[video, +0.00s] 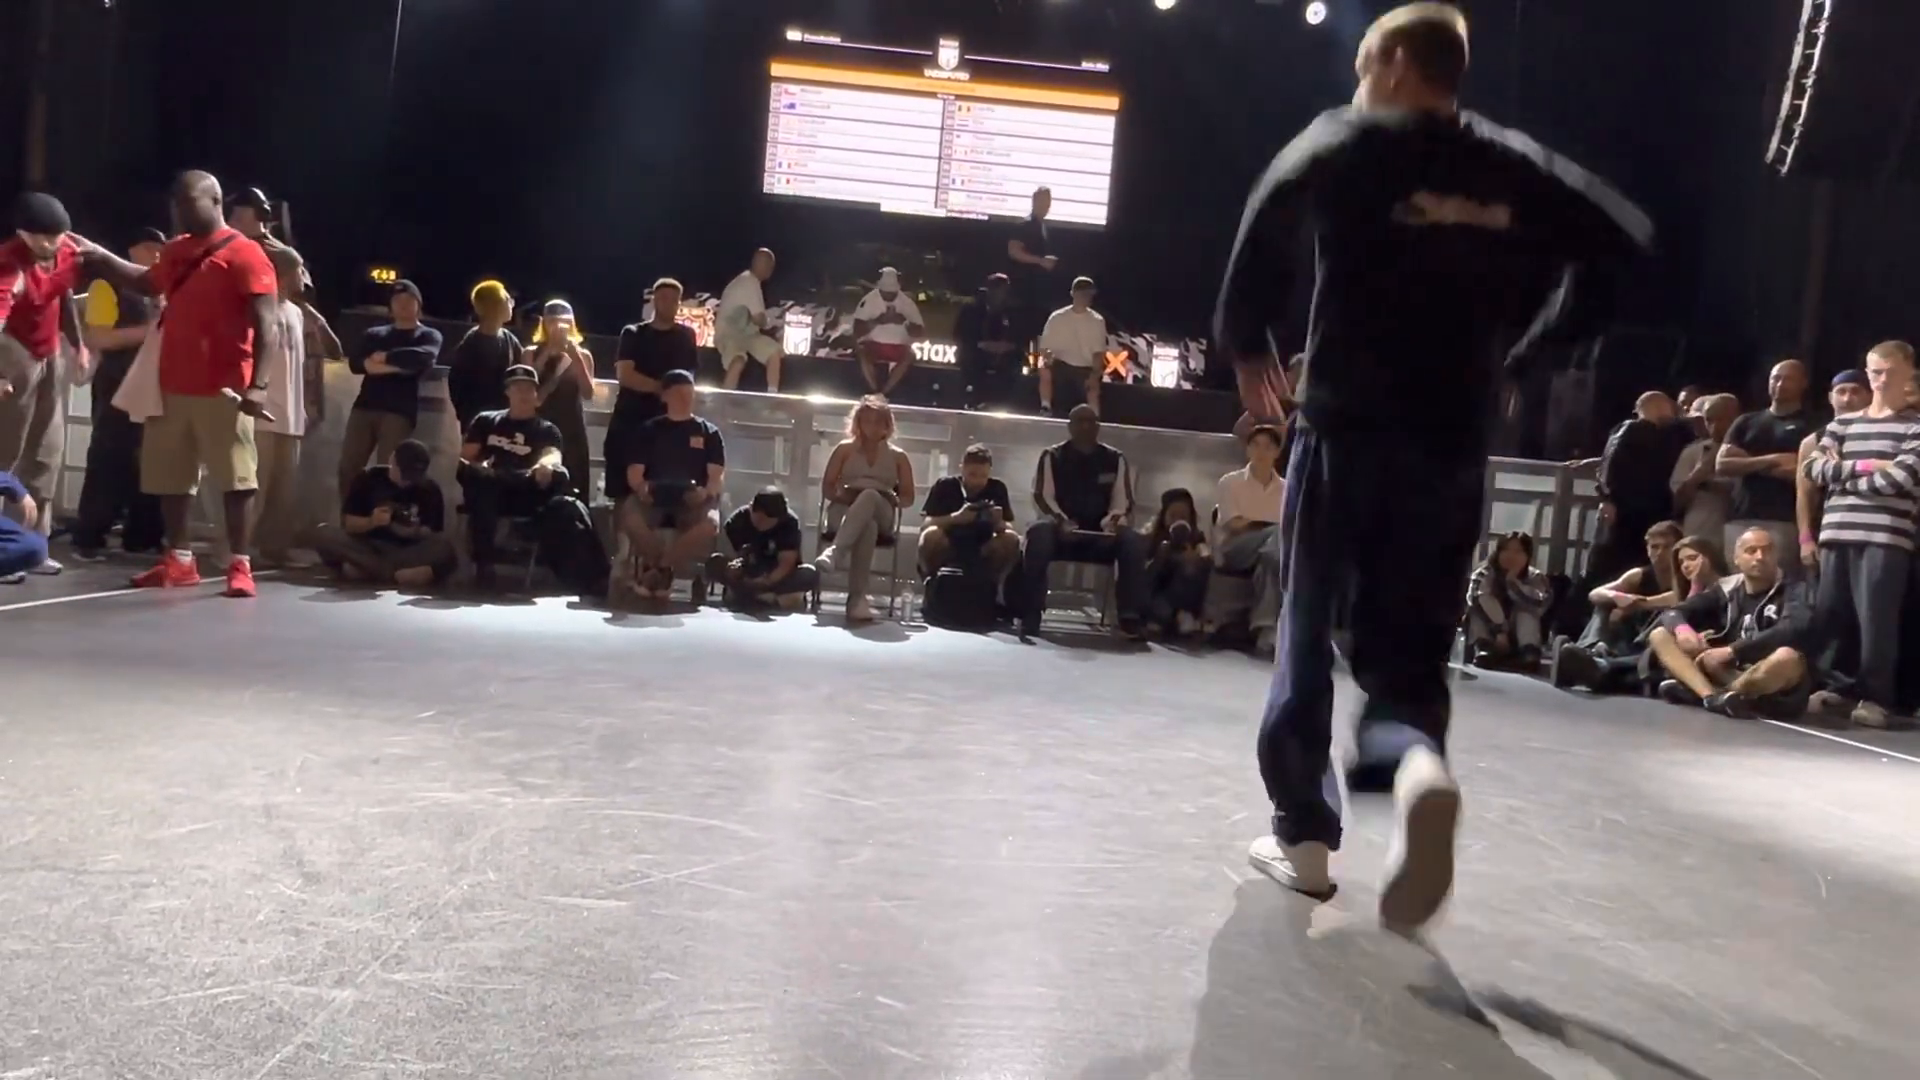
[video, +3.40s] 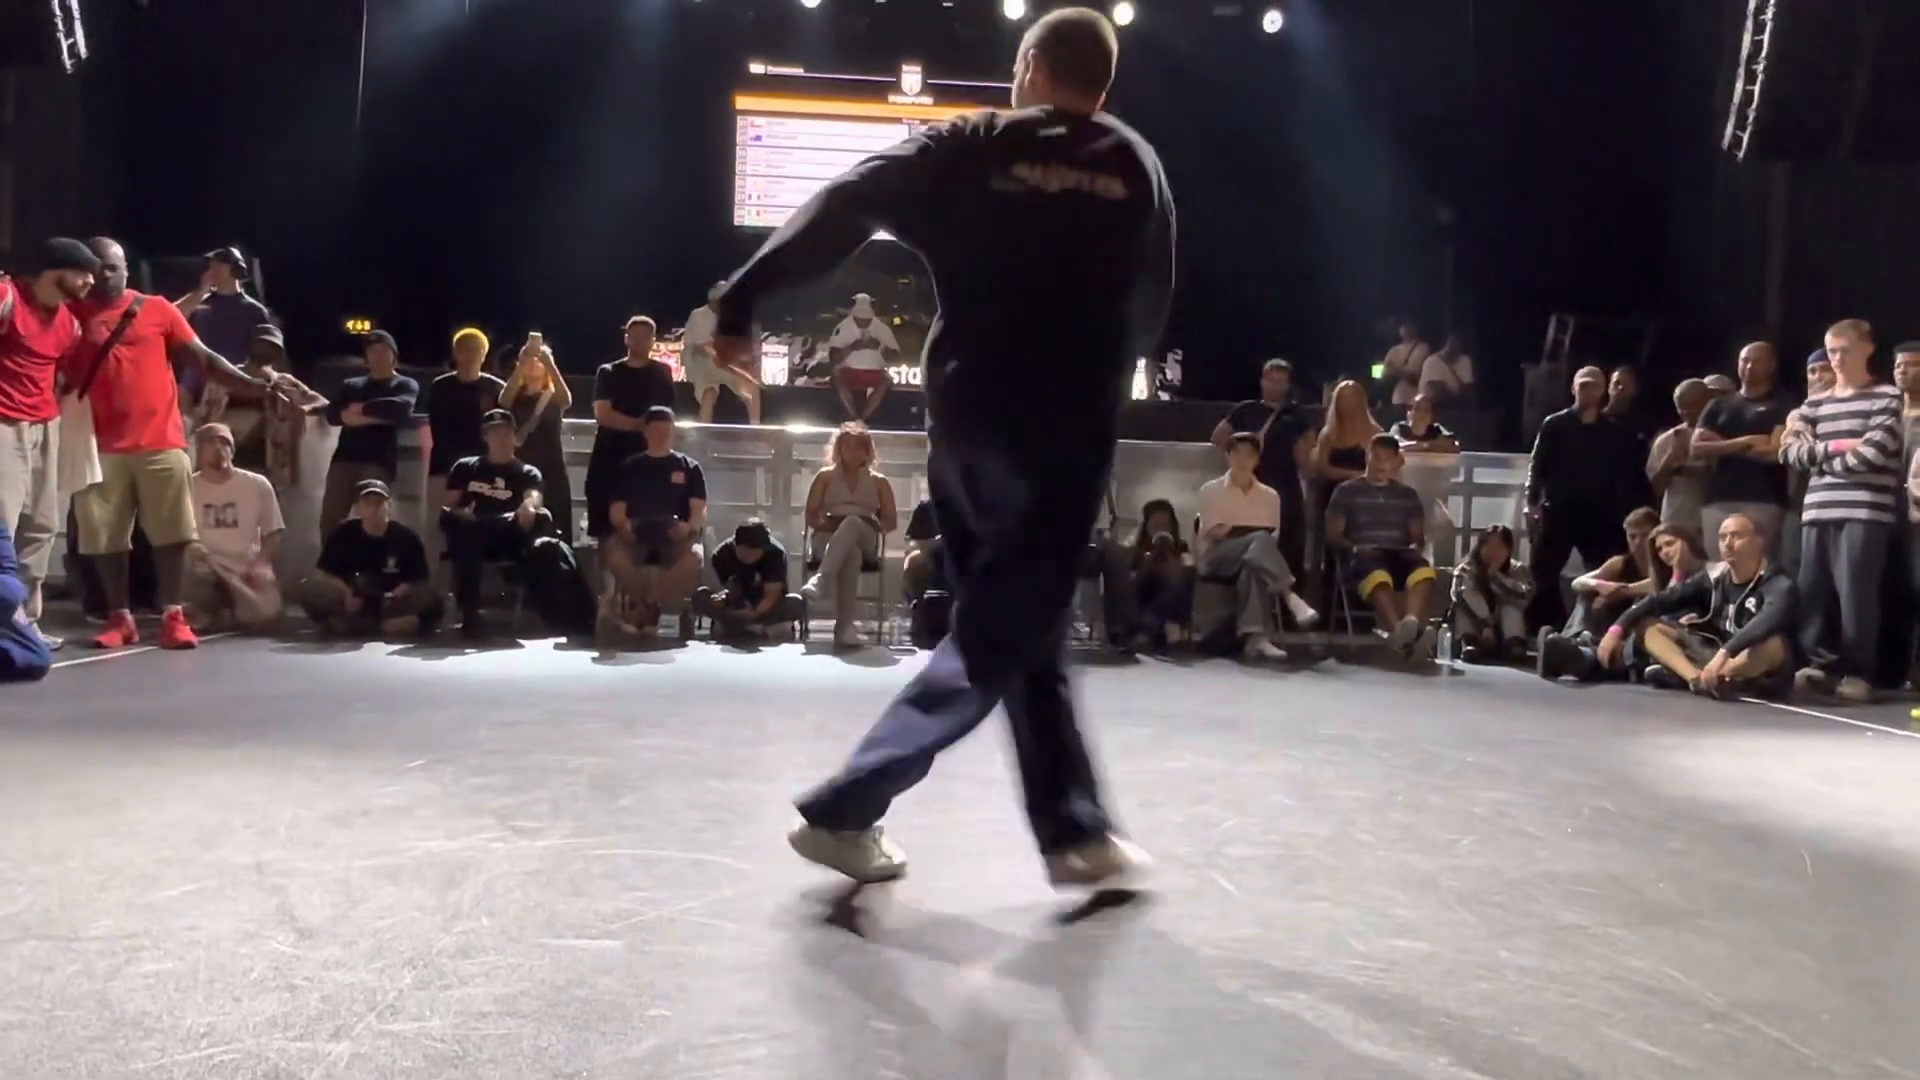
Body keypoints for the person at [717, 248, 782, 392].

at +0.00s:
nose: (770, 270)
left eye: (771, 266)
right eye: (769, 265)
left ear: (757, 264)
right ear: (760, 264)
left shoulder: (752, 282)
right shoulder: (748, 282)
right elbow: (758, 318)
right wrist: (767, 322)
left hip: (749, 333)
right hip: (729, 333)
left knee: (774, 353)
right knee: (738, 360)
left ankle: (772, 396)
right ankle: (725, 399)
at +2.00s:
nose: (758, 280)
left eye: (758, 276)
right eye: (756, 275)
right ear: (746, 275)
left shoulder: (743, 297)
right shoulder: (730, 292)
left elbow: (747, 325)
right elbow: (740, 327)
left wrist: (764, 322)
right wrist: (756, 332)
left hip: (738, 345)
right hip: (717, 345)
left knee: (763, 364)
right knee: (725, 370)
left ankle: (762, 407)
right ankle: (715, 410)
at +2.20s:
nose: (753, 280)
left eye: (753, 276)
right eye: (750, 276)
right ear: (738, 276)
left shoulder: (739, 299)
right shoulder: (719, 292)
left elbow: (744, 326)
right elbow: (727, 325)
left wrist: (760, 323)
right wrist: (749, 333)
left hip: (732, 346)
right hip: (711, 346)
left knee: (758, 364)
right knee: (720, 372)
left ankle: (757, 409)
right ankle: (710, 412)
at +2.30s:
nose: (739, 281)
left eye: (742, 278)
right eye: (736, 276)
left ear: (745, 281)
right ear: (728, 275)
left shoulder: (737, 303)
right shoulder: (710, 293)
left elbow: (744, 334)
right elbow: (700, 322)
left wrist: (729, 328)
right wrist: (723, 326)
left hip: (729, 347)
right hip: (706, 345)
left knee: (755, 366)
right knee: (716, 372)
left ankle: (754, 410)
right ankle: (706, 412)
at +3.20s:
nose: (723, 294)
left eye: (726, 290)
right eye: (719, 290)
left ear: (729, 295)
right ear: (710, 292)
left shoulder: (730, 318)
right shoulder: (697, 312)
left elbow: (737, 350)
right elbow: (700, 345)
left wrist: (711, 345)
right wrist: (725, 345)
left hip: (725, 362)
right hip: (701, 362)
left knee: (753, 383)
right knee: (709, 391)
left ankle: (756, 428)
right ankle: (703, 432)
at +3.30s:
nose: (724, 297)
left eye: (727, 294)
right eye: (720, 293)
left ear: (730, 298)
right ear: (711, 295)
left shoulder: (730, 321)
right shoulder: (698, 315)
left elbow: (737, 353)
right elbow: (700, 347)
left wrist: (713, 346)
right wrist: (727, 349)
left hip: (725, 366)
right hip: (703, 365)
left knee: (754, 386)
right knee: (709, 394)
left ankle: (754, 427)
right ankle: (703, 434)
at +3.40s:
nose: (726, 304)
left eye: (728, 299)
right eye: (722, 300)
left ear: (729, 300)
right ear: (714, 300)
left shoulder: (730, 315)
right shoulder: (699, 315)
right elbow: (698, 345)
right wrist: (714, 355)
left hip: (724, 361)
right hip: (700, 360)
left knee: (752, 389)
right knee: (710, 393)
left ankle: (755, 431)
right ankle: (702, 434)